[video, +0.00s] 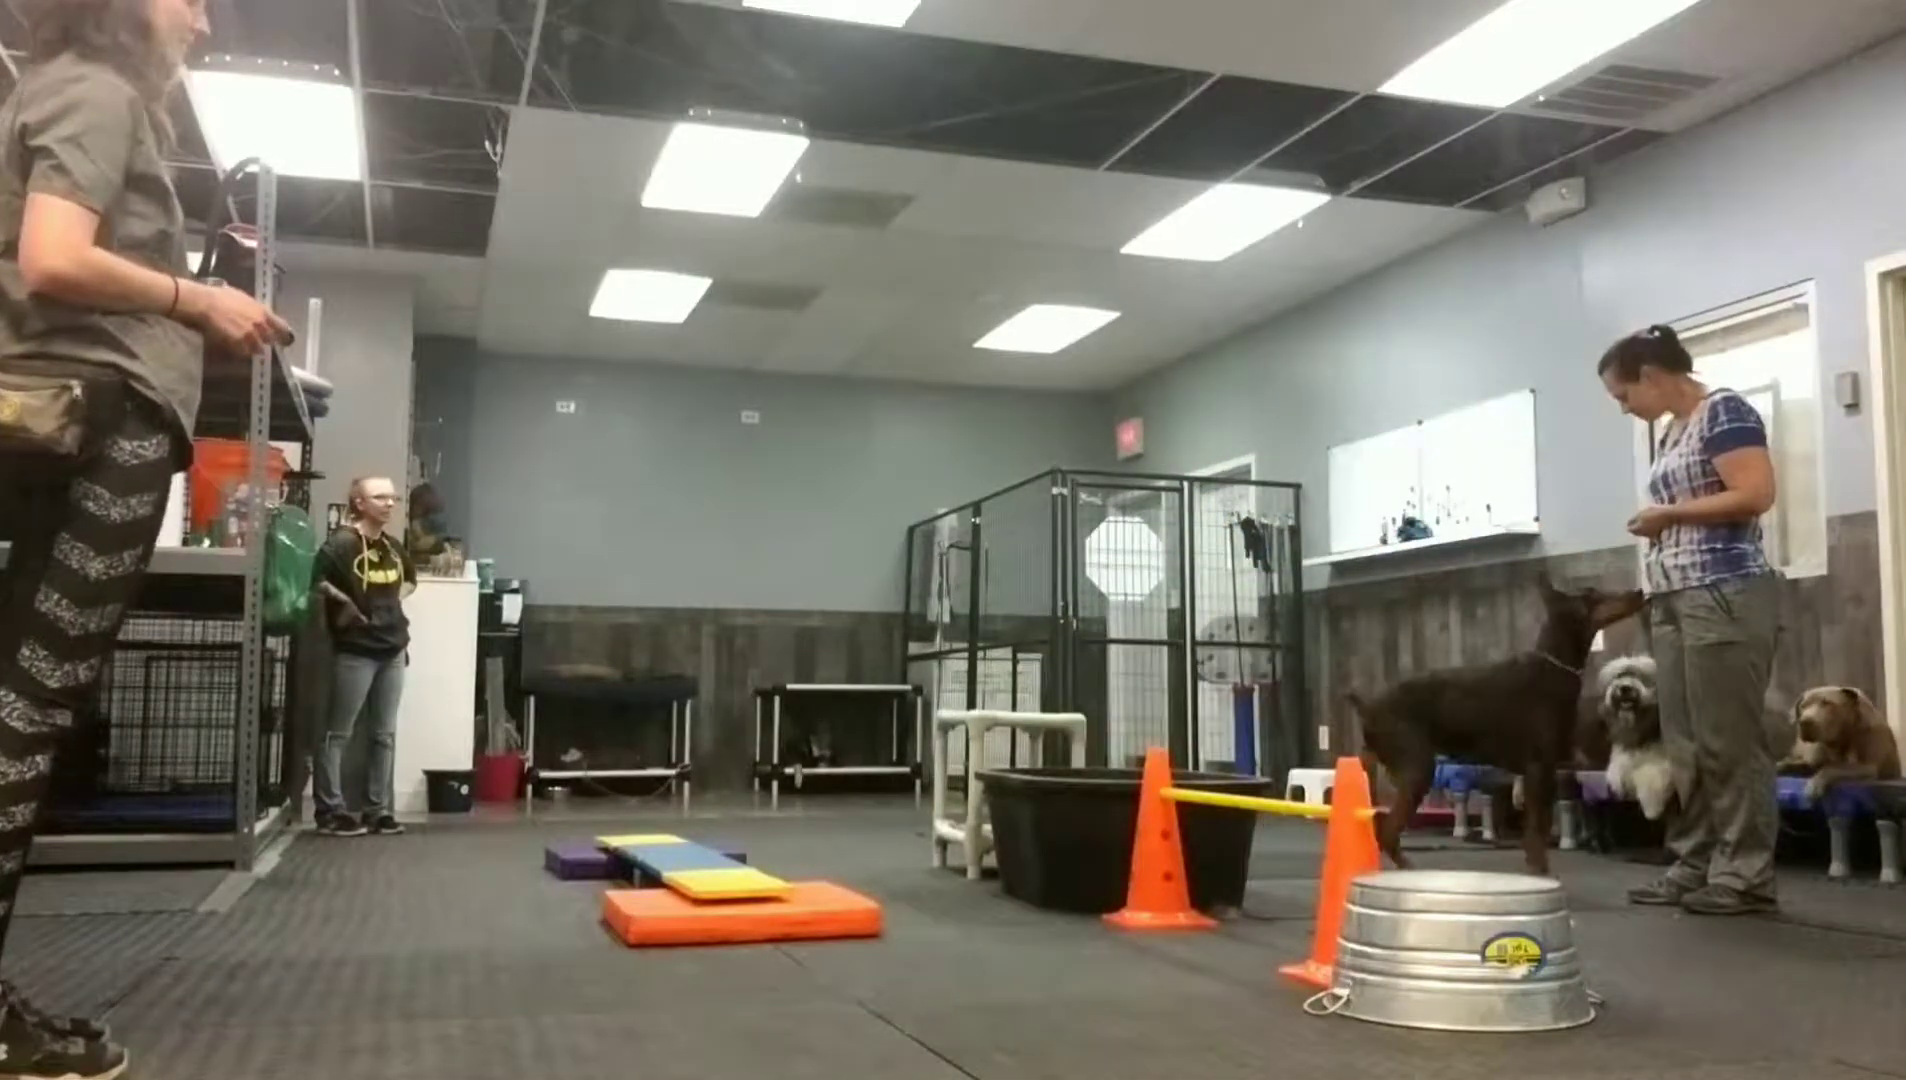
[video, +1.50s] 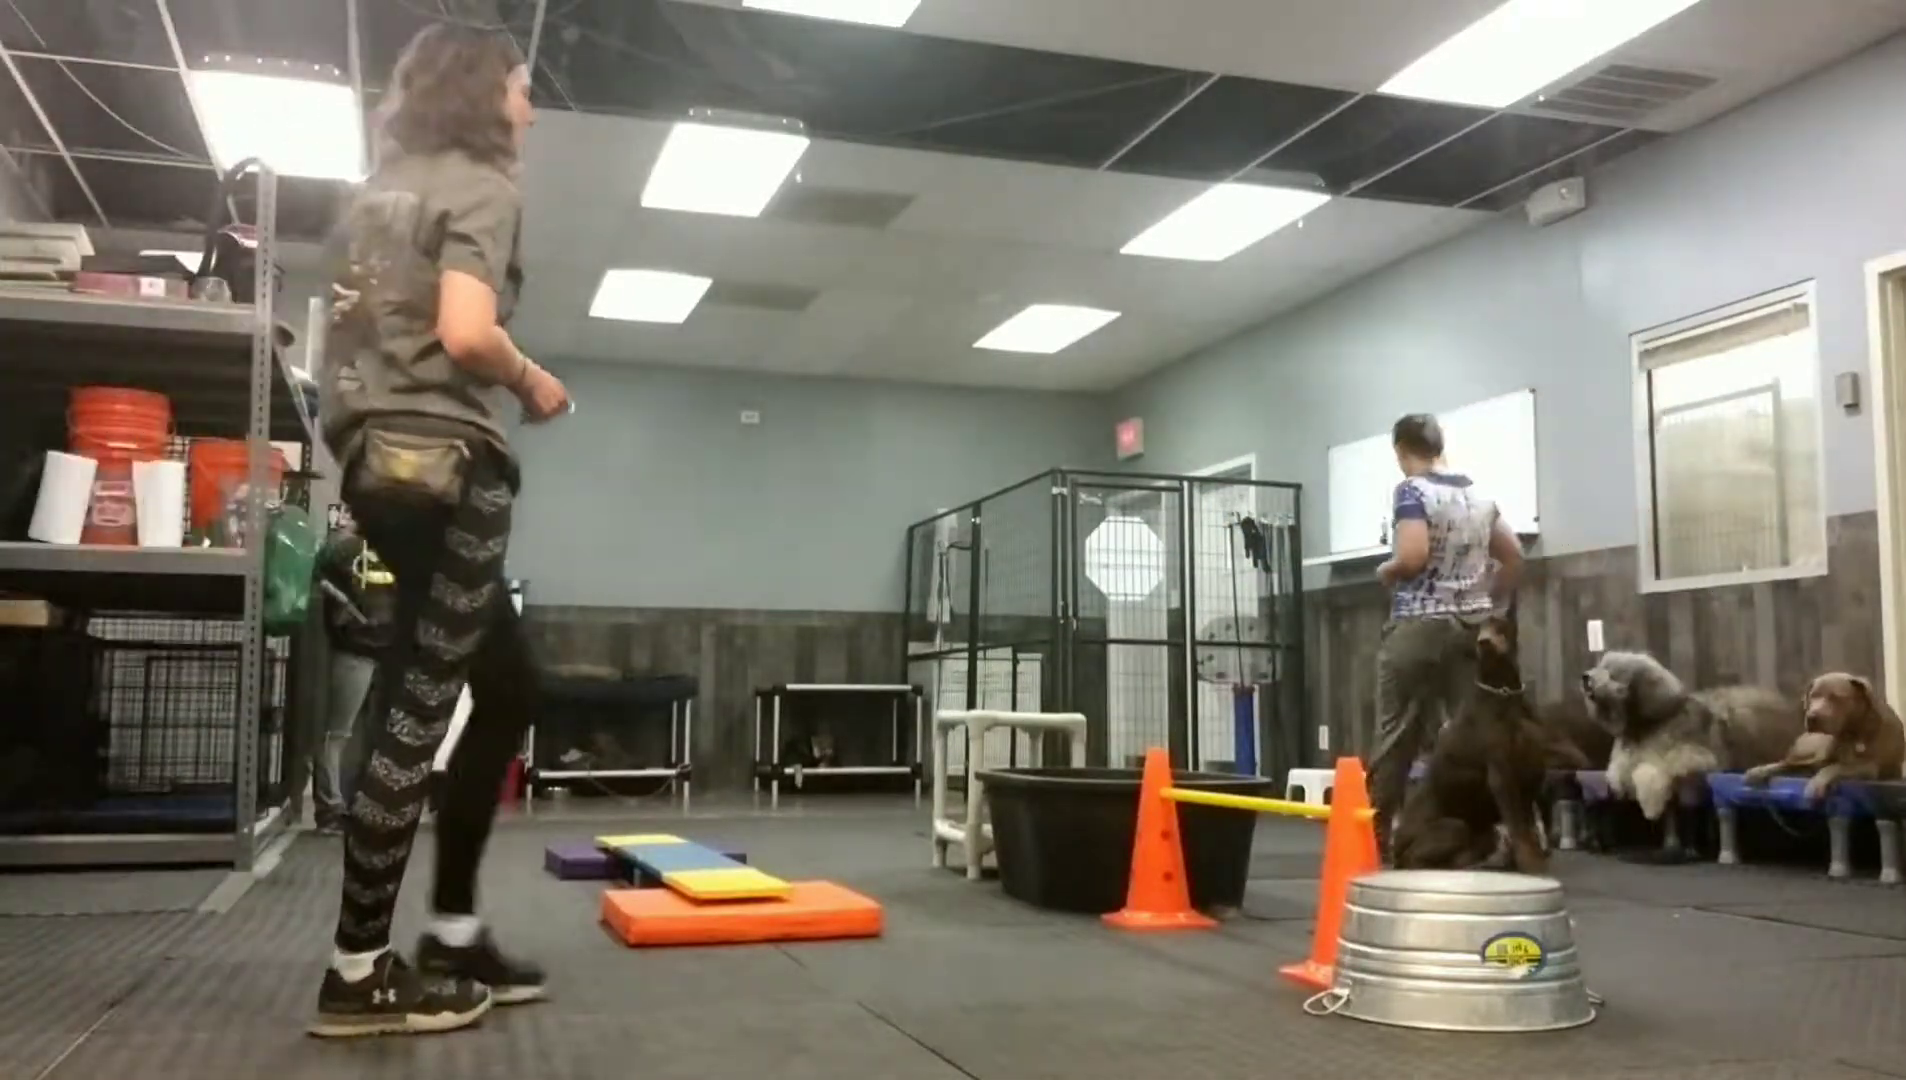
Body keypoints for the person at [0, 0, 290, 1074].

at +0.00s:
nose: (203, 20)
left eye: (202, 8)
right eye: (191, 3)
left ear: (124, 12)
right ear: (141, 2)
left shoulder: (102, 88)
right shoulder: (99, 88)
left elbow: (65, 261)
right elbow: (54, 259)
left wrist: (193, 293)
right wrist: (198, 297)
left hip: (99, 426)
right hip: (102, 429)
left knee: (39, 703)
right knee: (35, 707)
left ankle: (1, 1002)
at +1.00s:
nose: (200, 38)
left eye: (202, 19)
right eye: (191, 14)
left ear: (95, 19)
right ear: (136, 15)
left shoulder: (48, 104)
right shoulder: (98, 109)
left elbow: (56, 274)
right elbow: (46, 274)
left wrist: (172, 308)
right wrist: (180, 315)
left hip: (35, 432)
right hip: (97, 437)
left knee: (30, 712)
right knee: (209, 673)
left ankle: (37, 972)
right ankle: (51, 936)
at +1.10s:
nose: (222, 44)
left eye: (224, 24)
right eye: (212, 21)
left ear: (118, 28)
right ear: (158, 24)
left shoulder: (49, 118)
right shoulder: (126, 116)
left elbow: (52, 282)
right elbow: (69, 277)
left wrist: (188, 313)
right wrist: (197, 322)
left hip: (29, 438)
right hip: (115, 441)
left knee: (26, 720)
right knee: (238, 680)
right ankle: (207, 971)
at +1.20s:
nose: (271, 68)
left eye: (269, 50)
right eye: (262, 47)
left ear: (172, 52)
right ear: (212, 48)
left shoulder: (108, 144)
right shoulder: (185, 142)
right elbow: (140, 296)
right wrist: (260, 345)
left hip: (91, 453)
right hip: (168, 455)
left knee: (37, 715)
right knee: (279, 703)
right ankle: (337, 962)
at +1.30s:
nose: (350, 85)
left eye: (347, 64)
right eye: (342, 64)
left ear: (242, 74)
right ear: (304, 70)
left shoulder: (194, 166)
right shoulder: (279, 163)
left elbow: (172, 323)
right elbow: (248, 316)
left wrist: (325, 373)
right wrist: (358, 361)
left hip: (192, 457)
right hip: (274, 458)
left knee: (124, 714)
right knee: (362, 702)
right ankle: (357, 970)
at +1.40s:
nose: (441, 90)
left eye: (438, 71)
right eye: (429, 70)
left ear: (332, 78)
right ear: (380, 73)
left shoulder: (283, 175)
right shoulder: (388, 166)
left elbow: (271, 319)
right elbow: (370, 318)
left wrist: (383, 352)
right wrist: (458, 356)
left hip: (299, 449)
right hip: (373, 449)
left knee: (327, 722)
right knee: (394, 718)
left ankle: (134, 890)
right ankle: (363, 970)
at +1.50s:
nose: (531, 112)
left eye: (528, 93)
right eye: (523, 92)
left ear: (427, 95)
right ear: (487, 94)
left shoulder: (380, 185)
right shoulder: (482, 184)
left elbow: (355, 323)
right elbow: (465, 332)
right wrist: (529, 377)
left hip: (372, 453)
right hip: (443, 459)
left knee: (508, 691)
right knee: (413, 713)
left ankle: (453, 933)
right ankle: (358, 968)